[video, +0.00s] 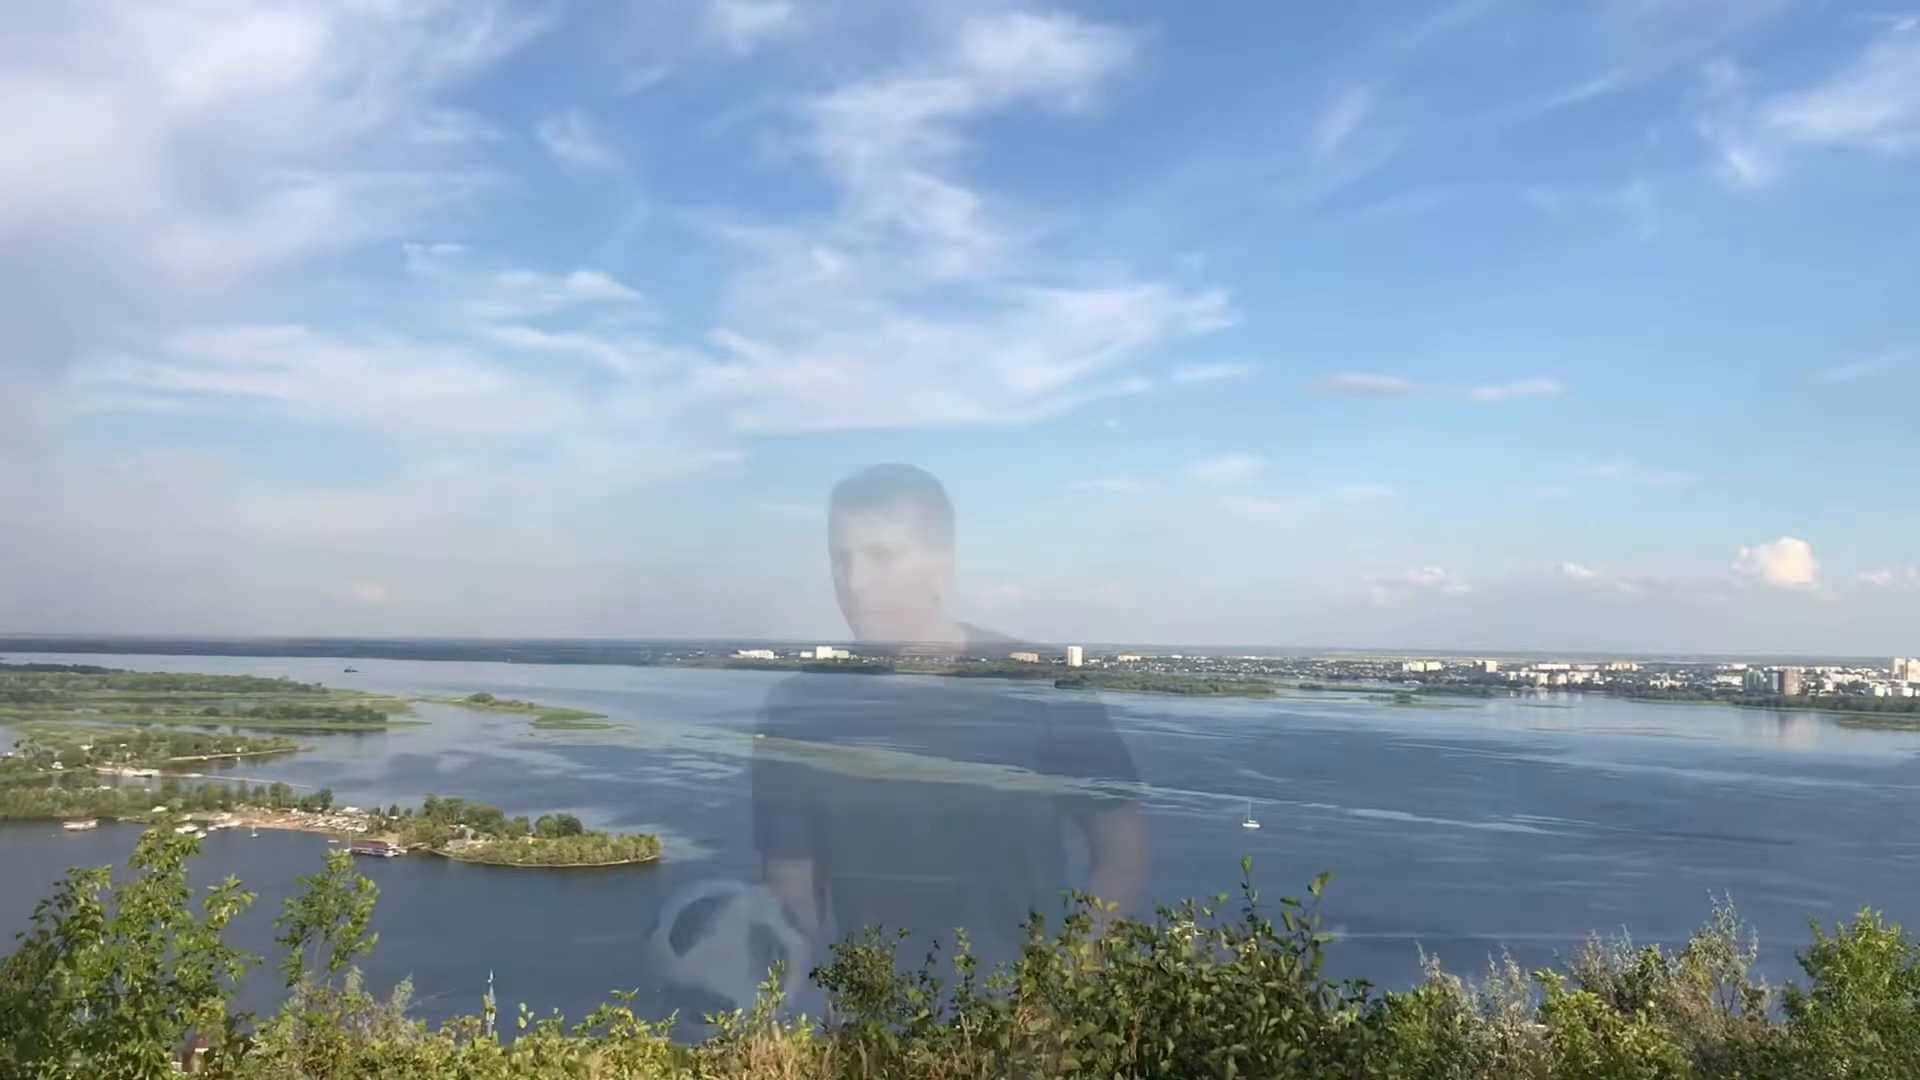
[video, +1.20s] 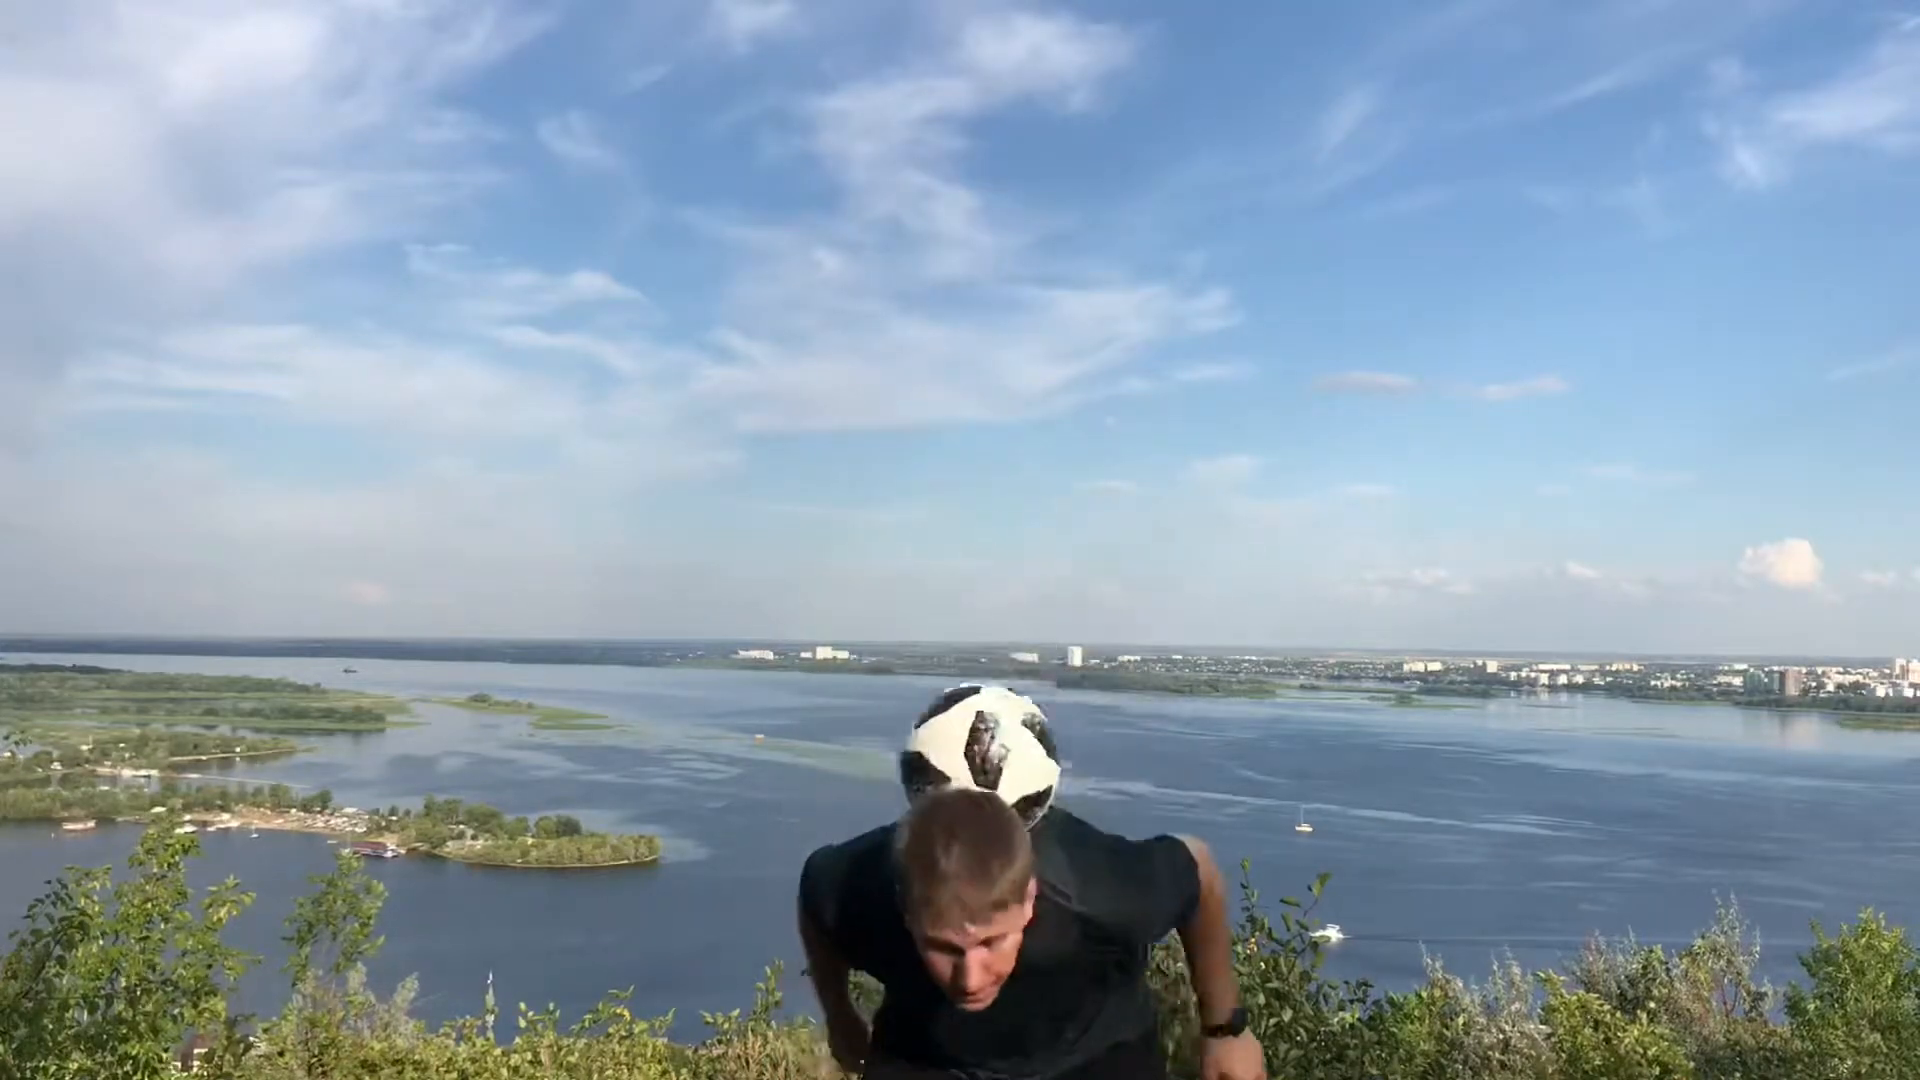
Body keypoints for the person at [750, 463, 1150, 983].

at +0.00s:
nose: (854, 582)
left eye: (881, 555)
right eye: (842, 557)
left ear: (942, 562)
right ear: (830, 566)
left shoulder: (1040, 684)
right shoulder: (801, 704)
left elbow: (1125, 852)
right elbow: (791, 890)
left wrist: (1059, 989)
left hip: (1019, 1021)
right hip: (867, 1029)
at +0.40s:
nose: (938, 542)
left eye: (963, 520)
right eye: (919, 520)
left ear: (1003, 540)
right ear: (898, 538)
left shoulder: (1080, 666)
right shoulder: (832, 692)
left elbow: (1142, 829)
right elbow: (816, 872)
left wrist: (1104, 964)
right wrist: (832, 963)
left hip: (1056, 1047)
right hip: (898, 1047)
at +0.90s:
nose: (949, 570)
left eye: (971, 544)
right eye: (927, 549)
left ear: (1016, 564)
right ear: (905, 571)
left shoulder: (1107, 669)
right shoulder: (852, 694)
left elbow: (1159, 809)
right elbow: (813, 842)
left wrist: (1162, 975)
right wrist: (798, 1023)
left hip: (1078, 1037)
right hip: (915, 1040)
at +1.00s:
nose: (948, 714)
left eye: (969, 680)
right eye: (923, 688)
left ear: (1012, 646)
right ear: (896, 669)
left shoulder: (1108, 705)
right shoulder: (849, 735)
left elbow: (1171, 804)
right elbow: (813, 837)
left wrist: (1185, 977)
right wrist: (803, 1011)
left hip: (1089, 1038)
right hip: (920, 1042)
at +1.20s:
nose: (971, 976)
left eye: (993, 944)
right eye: (945, 950)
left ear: (1028, 899)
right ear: (905, 909)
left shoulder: (1109, 896)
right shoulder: (851, 888)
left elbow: (1198, 866)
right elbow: (817, 894)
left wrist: (1226, 1027)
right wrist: (840, 1019)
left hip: (1090, 1047)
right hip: (924, 1046)